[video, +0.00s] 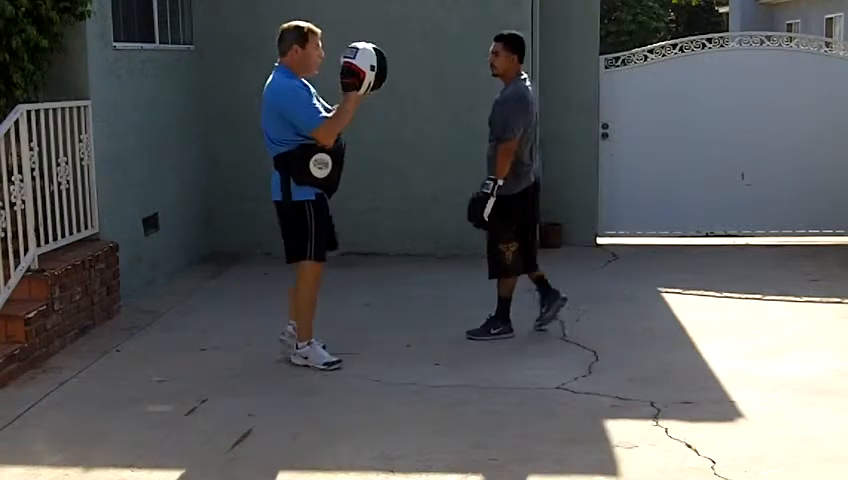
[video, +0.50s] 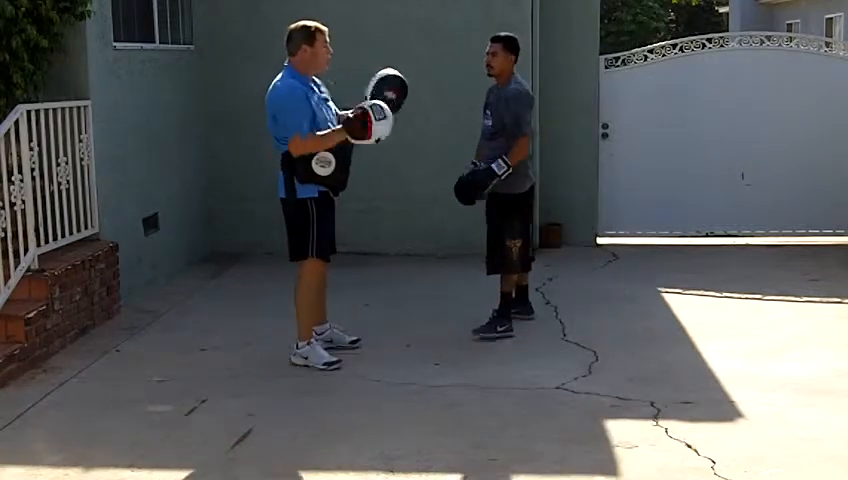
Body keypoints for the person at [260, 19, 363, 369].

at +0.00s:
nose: (323, 54)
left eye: (321, 47)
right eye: (318, 47)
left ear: (294, 52)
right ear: (296, 51)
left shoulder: (292, 83)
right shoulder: (287, 89)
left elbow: (330, 123)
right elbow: (326, 136)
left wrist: (353, 96)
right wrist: (351, 97)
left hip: (302, 189)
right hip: (297, 192)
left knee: (309, 262)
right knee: (312, 265)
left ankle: (295, 330)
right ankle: (305, 345)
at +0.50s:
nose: (330, 51)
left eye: (329, 45)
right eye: (325, 45)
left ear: (306, 51)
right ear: (305, 51)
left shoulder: (309, 82)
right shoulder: (288, 89)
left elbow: (328, 119)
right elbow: (298, 145)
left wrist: (357, 116)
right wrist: (344, 132)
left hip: (318, 186)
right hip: (301, 190)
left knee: (321, 260)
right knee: (311, 262)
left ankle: (320, 329)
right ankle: (304, 345)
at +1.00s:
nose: (345, 52)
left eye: (343, 46)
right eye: (341, 46)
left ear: (313, 50)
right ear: (325, 48)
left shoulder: (294, 82)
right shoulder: (316, 81)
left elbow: (282, 131)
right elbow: (306, 127)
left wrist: (303, 154)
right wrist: (317, 159)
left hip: (306, 190)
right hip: (318, 192)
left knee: (314, 261)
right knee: (319, 262)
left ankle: (318, 329)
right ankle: (305, 344)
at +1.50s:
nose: (341, 51)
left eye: (339, 45)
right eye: (337, 45)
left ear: (311, 52)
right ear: (320, 50)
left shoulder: (283, 88)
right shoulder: (331, 80)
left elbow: (271, 140)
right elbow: (380, 89)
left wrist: (308, 155)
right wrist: (422, 74)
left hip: (300, 188)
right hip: (323, 189)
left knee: (314, 260)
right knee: (321, 261)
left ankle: (318, 329)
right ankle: (305, 345)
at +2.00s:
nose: (343, 53)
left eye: (342, 47)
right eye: (339, 47)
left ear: (314, 52)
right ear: (319, 50)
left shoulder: (291, 85)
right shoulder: (323, 85)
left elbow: (282, 140)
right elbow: (346, 135)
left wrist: (325, 147)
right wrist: (381, 155)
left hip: (305, 187)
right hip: (320, 190)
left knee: (317, 260)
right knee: (318, 262)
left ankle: (320, 329)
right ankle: (305, 345)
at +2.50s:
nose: (341, 55)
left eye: (340, 49)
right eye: (336, 48)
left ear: (318, 52)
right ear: (317, 52)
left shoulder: (316, 85)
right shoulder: (297, 88)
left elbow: (341, 129)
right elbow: (296, 145)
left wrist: (367, 99)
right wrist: (326, 181)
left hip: (322, 187)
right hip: (307, 191)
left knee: (320, 260)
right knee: (314, 262)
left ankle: (319, 329)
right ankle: (304, 344)